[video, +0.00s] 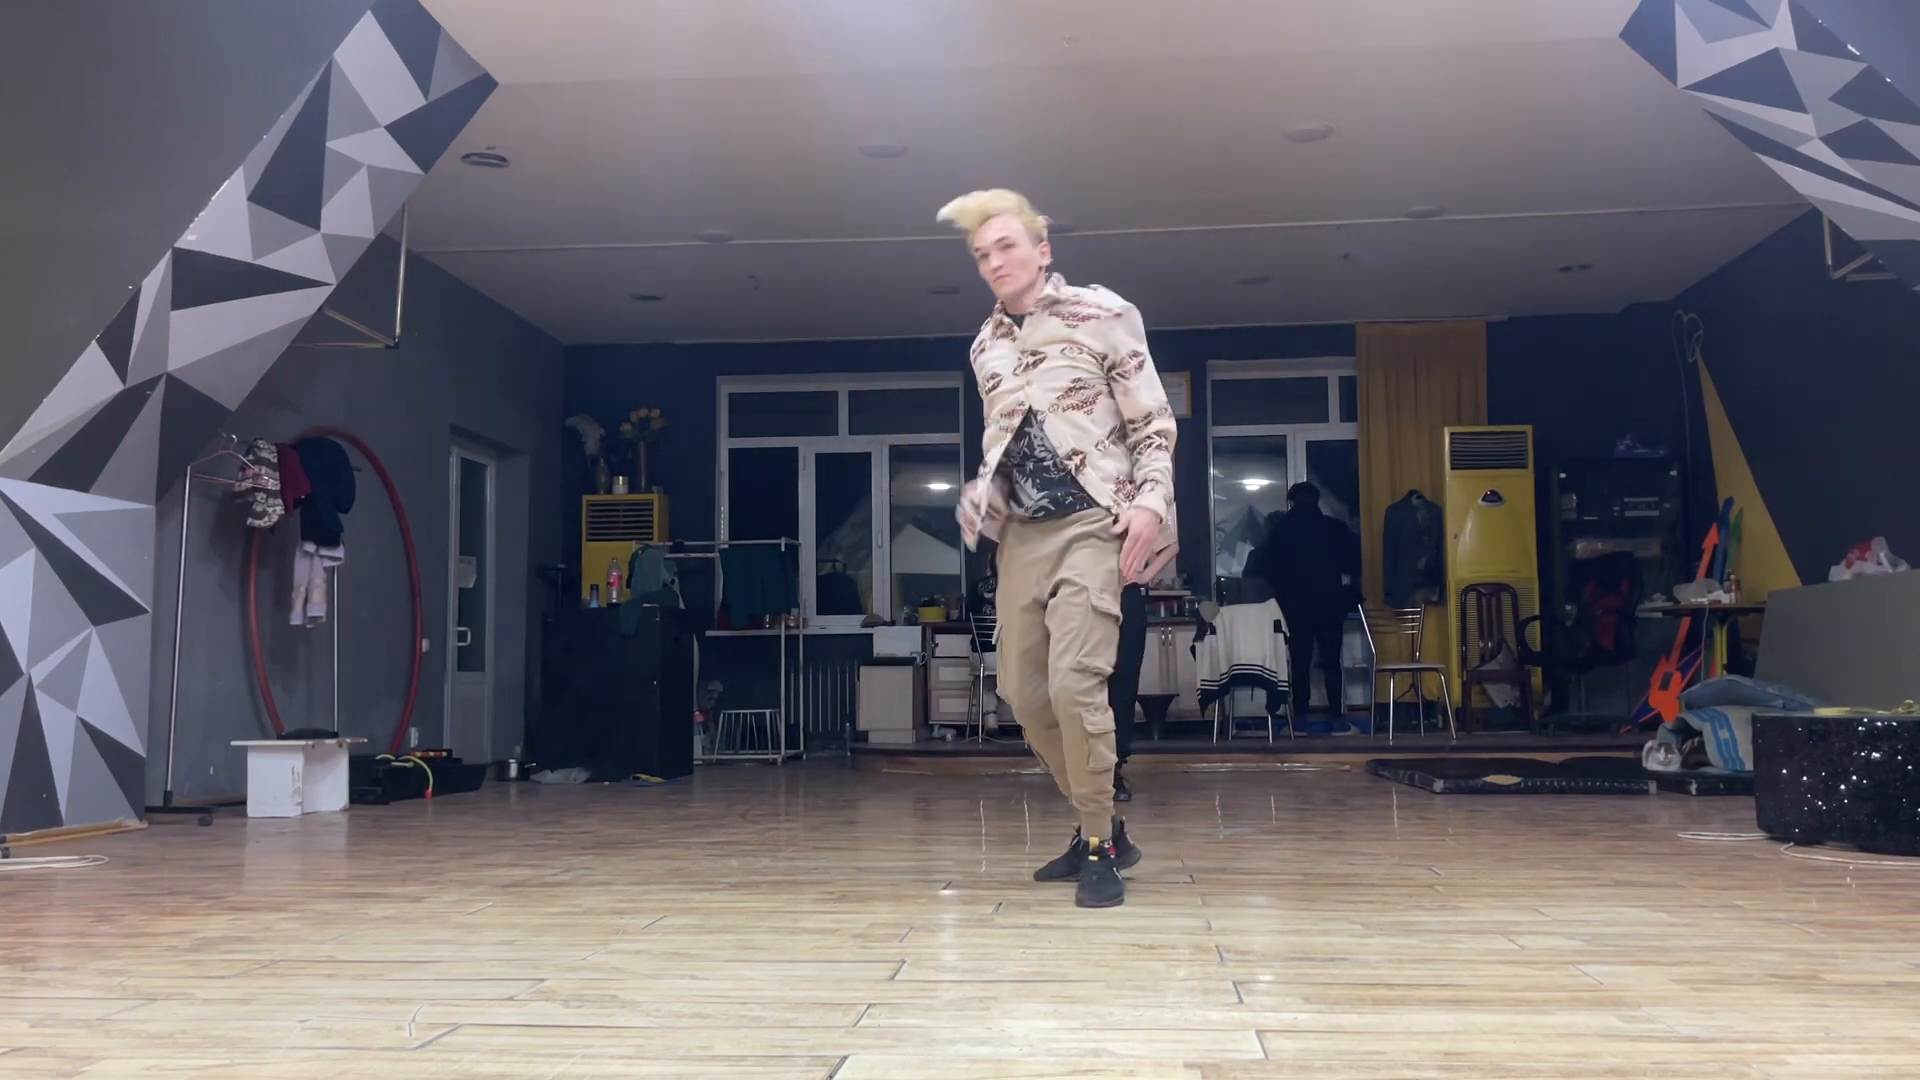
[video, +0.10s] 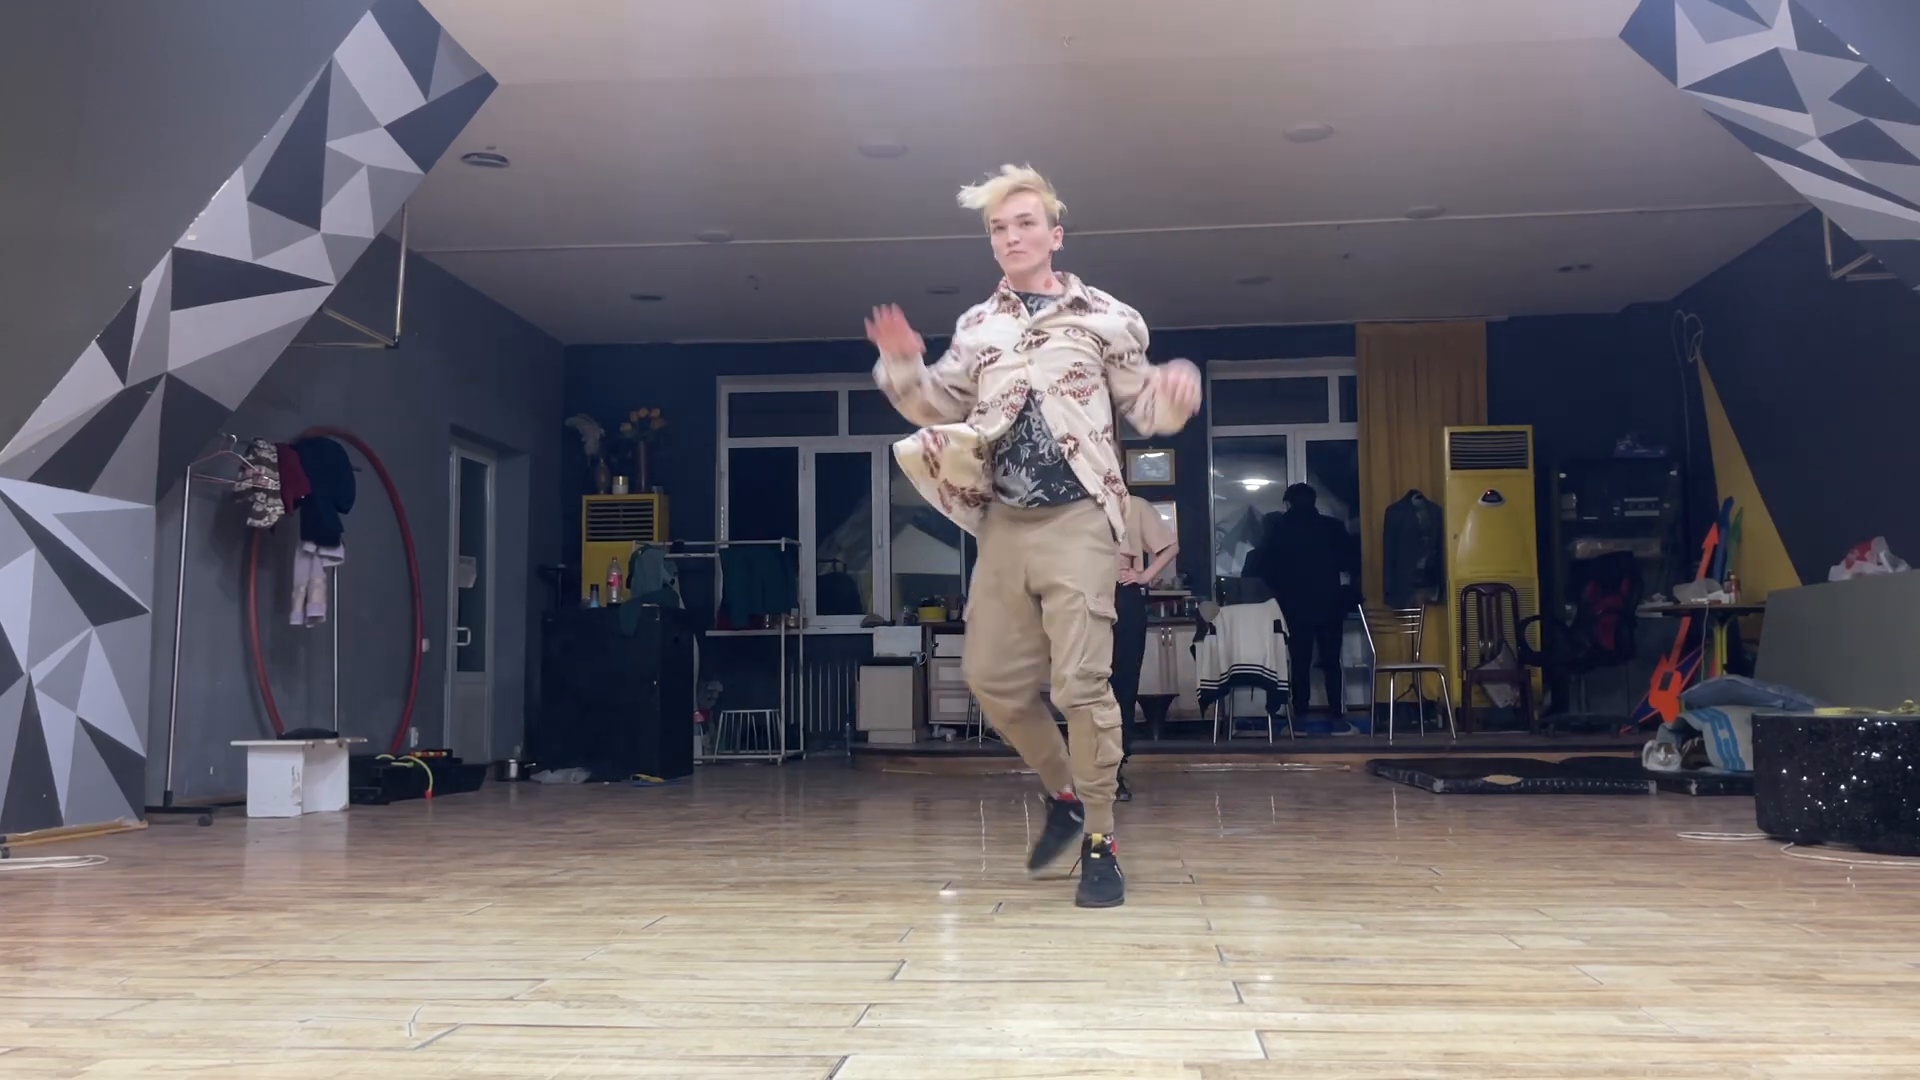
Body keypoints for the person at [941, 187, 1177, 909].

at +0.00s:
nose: (993, 263)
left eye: (1004, 248)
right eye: (982, 255)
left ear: (1041, 247)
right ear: (977, 265)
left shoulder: (1104, 315)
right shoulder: (987, 345)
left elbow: (1154, 424)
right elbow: (1000, 443)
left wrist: (1151, 505)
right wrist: (980, 491)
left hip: (1094, 525)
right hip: (1020, 533)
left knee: (1075, 684)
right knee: (1024, 691)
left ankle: (1099, 845)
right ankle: (1098, 828)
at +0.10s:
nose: (1012, 236)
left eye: (1025, 222)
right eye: (1000, 228)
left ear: (1055, 231)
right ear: (991, 242)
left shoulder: (1105, 317)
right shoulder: (978, 326)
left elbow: (1144, 415)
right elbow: (942, 411)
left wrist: (1174, 392)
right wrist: (904, 371)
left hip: (1081, 519)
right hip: (1003, 524)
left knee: (1078, 683)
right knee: (995, 679)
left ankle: (1101, 840)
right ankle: (1065, 793)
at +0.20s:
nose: (1001, 238)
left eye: (1017, 225)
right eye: (990, 227)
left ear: (1045, 235)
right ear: (977, 237)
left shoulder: (1094, 293)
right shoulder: (943, 304)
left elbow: (1187, 284)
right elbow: (872, 297)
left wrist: (1210, 224)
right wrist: (834, 238)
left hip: (1084, 516)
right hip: (992, 523)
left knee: (1117, 646)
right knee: (919, 635)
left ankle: (1113, 805)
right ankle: (1009, 734)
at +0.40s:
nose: (986, 284)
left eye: (999, 275)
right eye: (974, 275)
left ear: (1021, 287)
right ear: (955, 288)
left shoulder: (1056, 341)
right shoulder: (916, 370)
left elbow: (1135, 373)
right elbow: (846, 439)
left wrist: (1189, 417)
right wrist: (800, 505)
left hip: (1055, 570)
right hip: (959, 575)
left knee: (1112, 713)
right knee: (891, 702)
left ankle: (1136, 844)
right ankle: (901, 838)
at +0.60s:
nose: (931, 253)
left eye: (943, 243)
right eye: (919, 242)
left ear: (962, 257)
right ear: (897, 255)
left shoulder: (999, 340)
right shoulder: (862, 344)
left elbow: (1031, 433)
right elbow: (807, 425)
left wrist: (1039, 477)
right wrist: (812, 346)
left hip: (1008, 516)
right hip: (920, 532)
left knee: (1103, 585)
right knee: (917, 687)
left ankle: (1074, 739)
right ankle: (910, 839)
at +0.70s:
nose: (914, 235)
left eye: (925, 224)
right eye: (901, 223)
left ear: (943, 237)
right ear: (879, 235)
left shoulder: (976, 318)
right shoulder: (832, 303)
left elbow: (1019, 394)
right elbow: (747, 285)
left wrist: (1045, 438)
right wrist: (740, 206)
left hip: (995, 484)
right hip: (907, 508)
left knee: (1101, 490)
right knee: (887, 671)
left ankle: (1026, 624)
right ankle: (869, 824)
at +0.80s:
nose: (897, 246)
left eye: (910, 237)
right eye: (884, 234)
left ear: (926, 252)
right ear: (861, 244)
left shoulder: (953, 327)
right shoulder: (818, 287)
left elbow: (994, 408)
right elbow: (750, 236)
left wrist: (1028, 445)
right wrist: (684, 174)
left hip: (976, 490)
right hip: (891, 511)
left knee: (1081, 455)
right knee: (860, 674)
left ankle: (1010, 601)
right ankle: (832, 833)